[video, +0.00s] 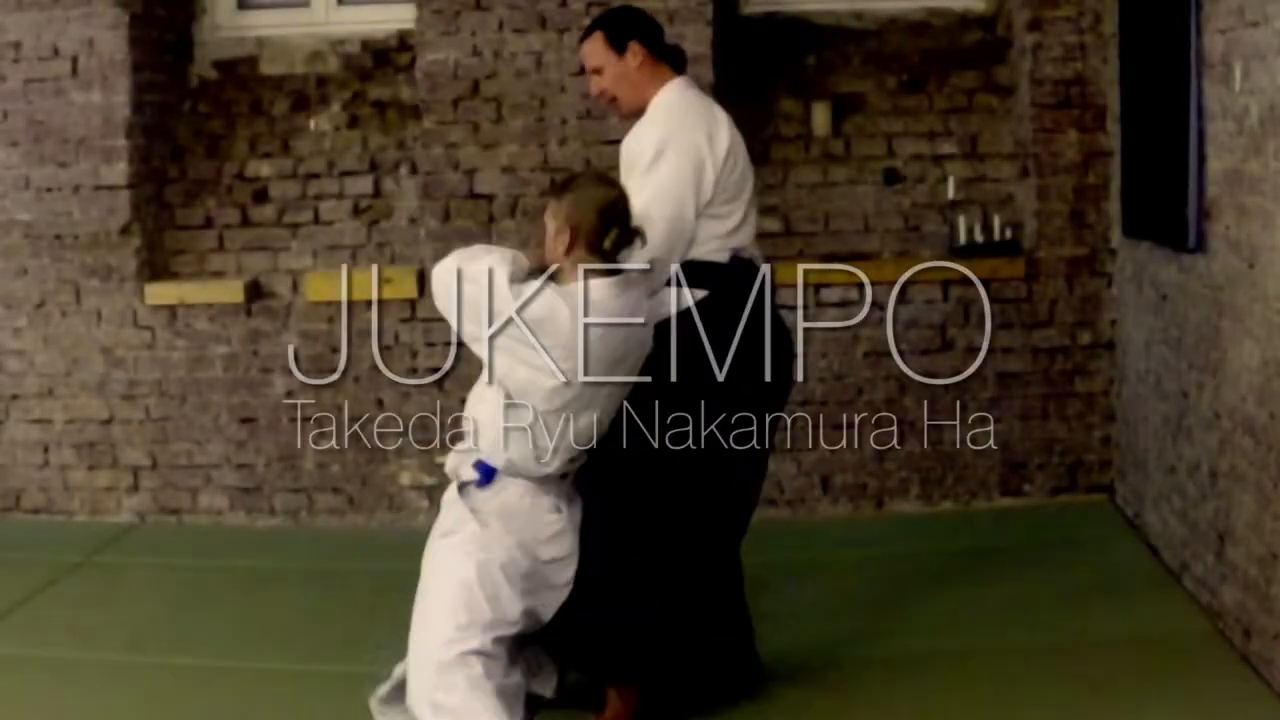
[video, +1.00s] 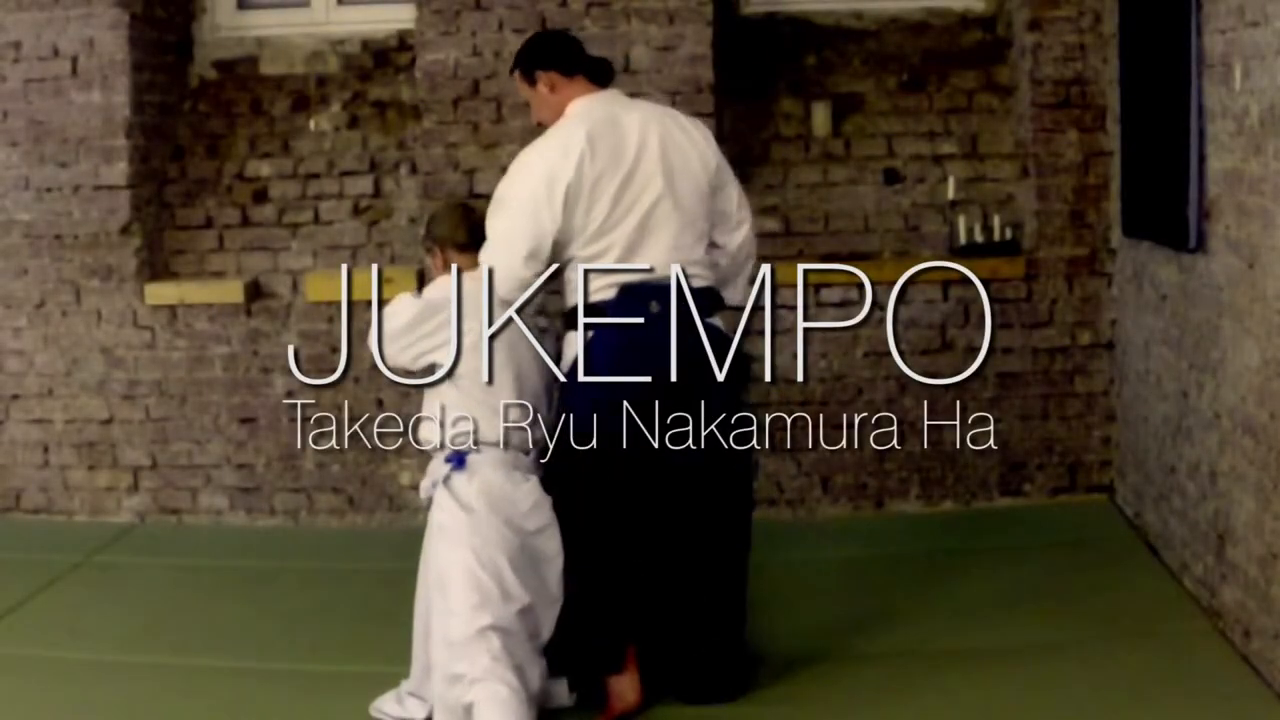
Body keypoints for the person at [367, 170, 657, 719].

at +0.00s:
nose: (543, 235)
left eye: (548, 225)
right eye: (547, 224)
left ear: (566, 238)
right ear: (617, 238)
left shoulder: (544, 316)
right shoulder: (634, 311)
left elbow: (454, 274)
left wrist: (528, 263)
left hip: (490, 521)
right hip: (556, 516)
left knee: (445, 680)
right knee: (495, 668)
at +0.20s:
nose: (499, 277)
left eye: (501, 268)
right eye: (499, 267)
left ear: (515, 274)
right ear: (568, 272)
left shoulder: (505, 341)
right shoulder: (596, 336)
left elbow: (426, 322)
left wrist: (492, 298)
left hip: (481, 537)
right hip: (548, 533)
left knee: (459, 680)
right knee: (511, 675)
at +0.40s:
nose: (457, 261)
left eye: (459, 251)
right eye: (457, 252)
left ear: (475, 252)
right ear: (521, 243)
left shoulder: (486, 305)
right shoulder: (559, 313)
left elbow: (401, 327)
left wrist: (458, 287)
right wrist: (484, 286)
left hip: (482, 510)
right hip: (539, 504)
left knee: (472, 666)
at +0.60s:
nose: (439, 268)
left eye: (438, 259)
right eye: (437, 260)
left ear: (449, 256)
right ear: (496, 246)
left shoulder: (463, 299)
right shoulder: (539, 302)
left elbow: (395, 341)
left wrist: (433, 295)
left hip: (476, 493)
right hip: (531, 491)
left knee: (476, 642)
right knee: (520, 638)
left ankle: (497, 707)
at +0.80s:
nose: (433, 269)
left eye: (432, 260)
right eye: (431, 260)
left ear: (443, 255)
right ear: (490, 247)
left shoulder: (459, 296)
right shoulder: (533, 300)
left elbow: (395, 344)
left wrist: (429, 295)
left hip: (474, 484)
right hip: (529, 483)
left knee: (477, 632)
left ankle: (498, 706)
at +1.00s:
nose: (431, 268)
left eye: (430, 259)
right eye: (430, 259)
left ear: (440, 256)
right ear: (487, 249)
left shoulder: (456, 297)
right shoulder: (527, 316)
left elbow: (393, 344)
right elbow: (543, 398)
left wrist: (427, 294)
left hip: (472, 489)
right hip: (526, 488)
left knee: (475, 639)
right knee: (518, 638)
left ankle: (494, 707)